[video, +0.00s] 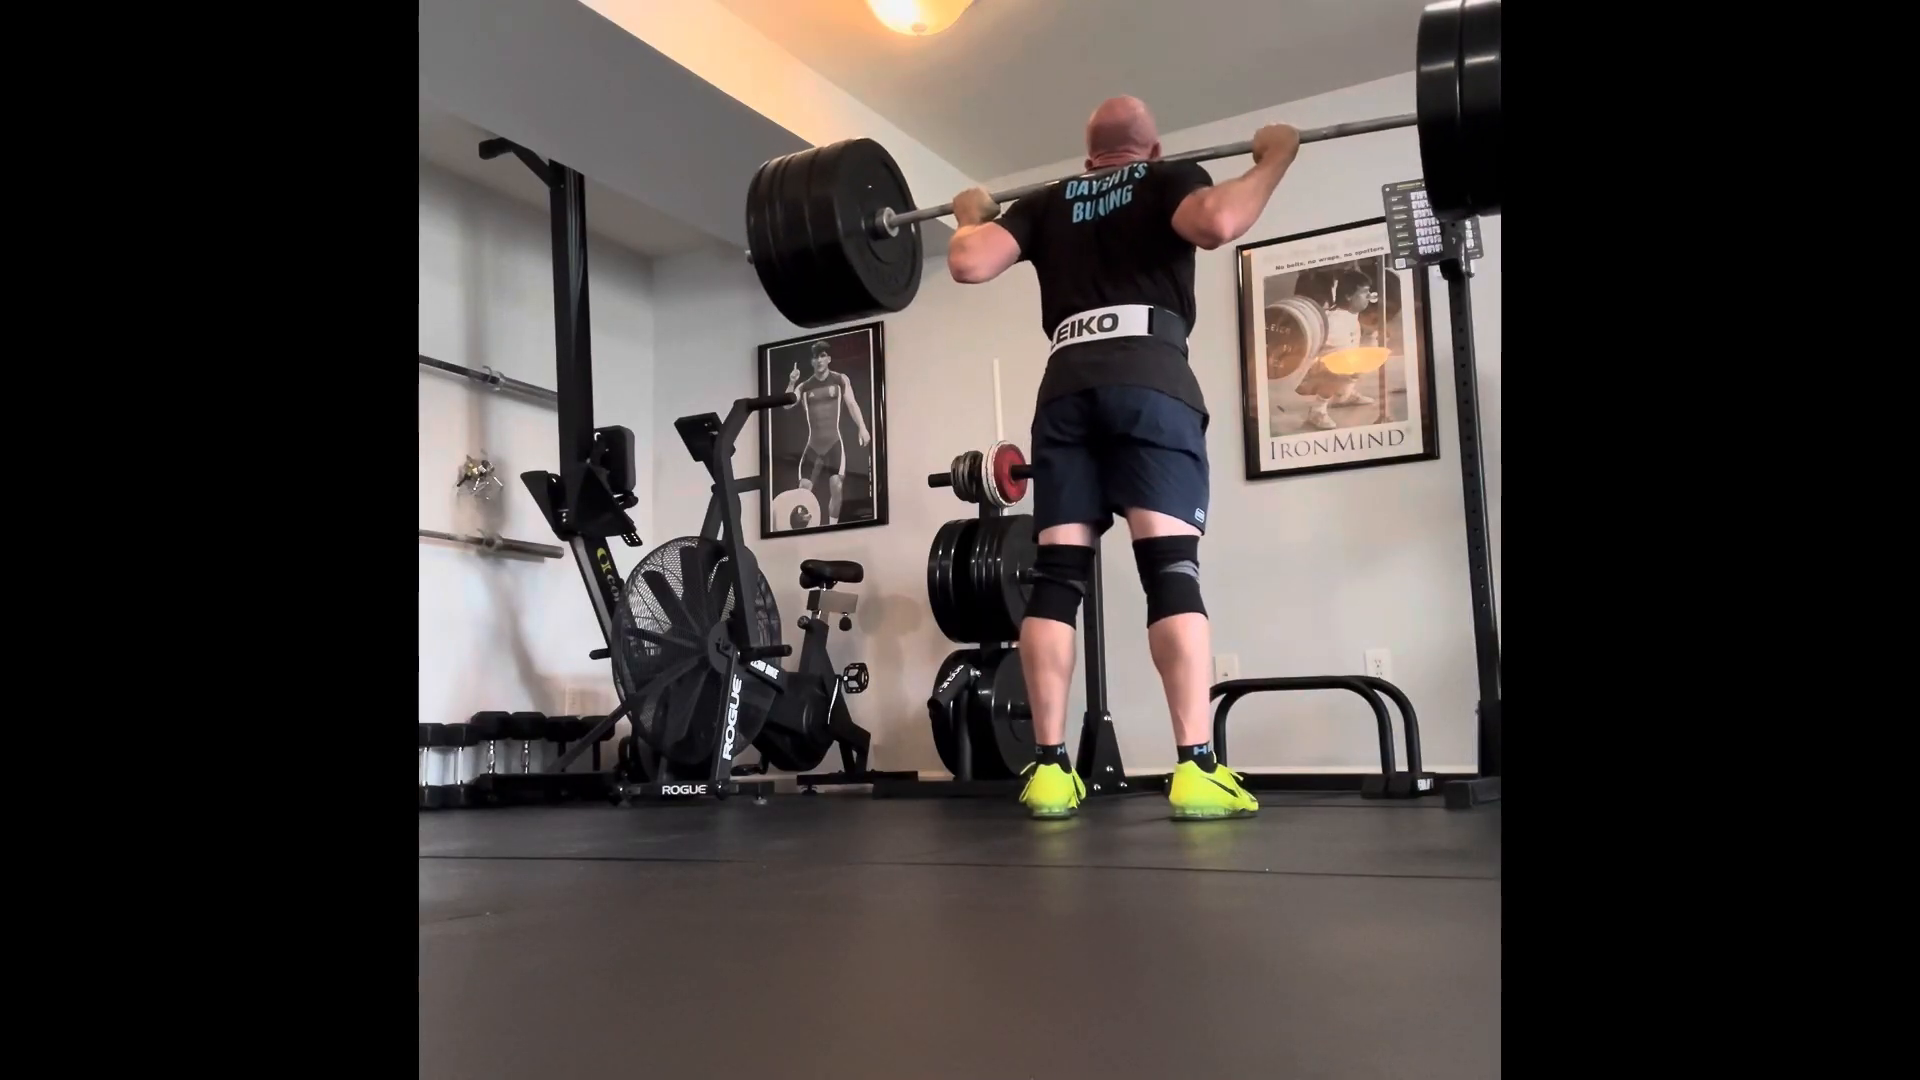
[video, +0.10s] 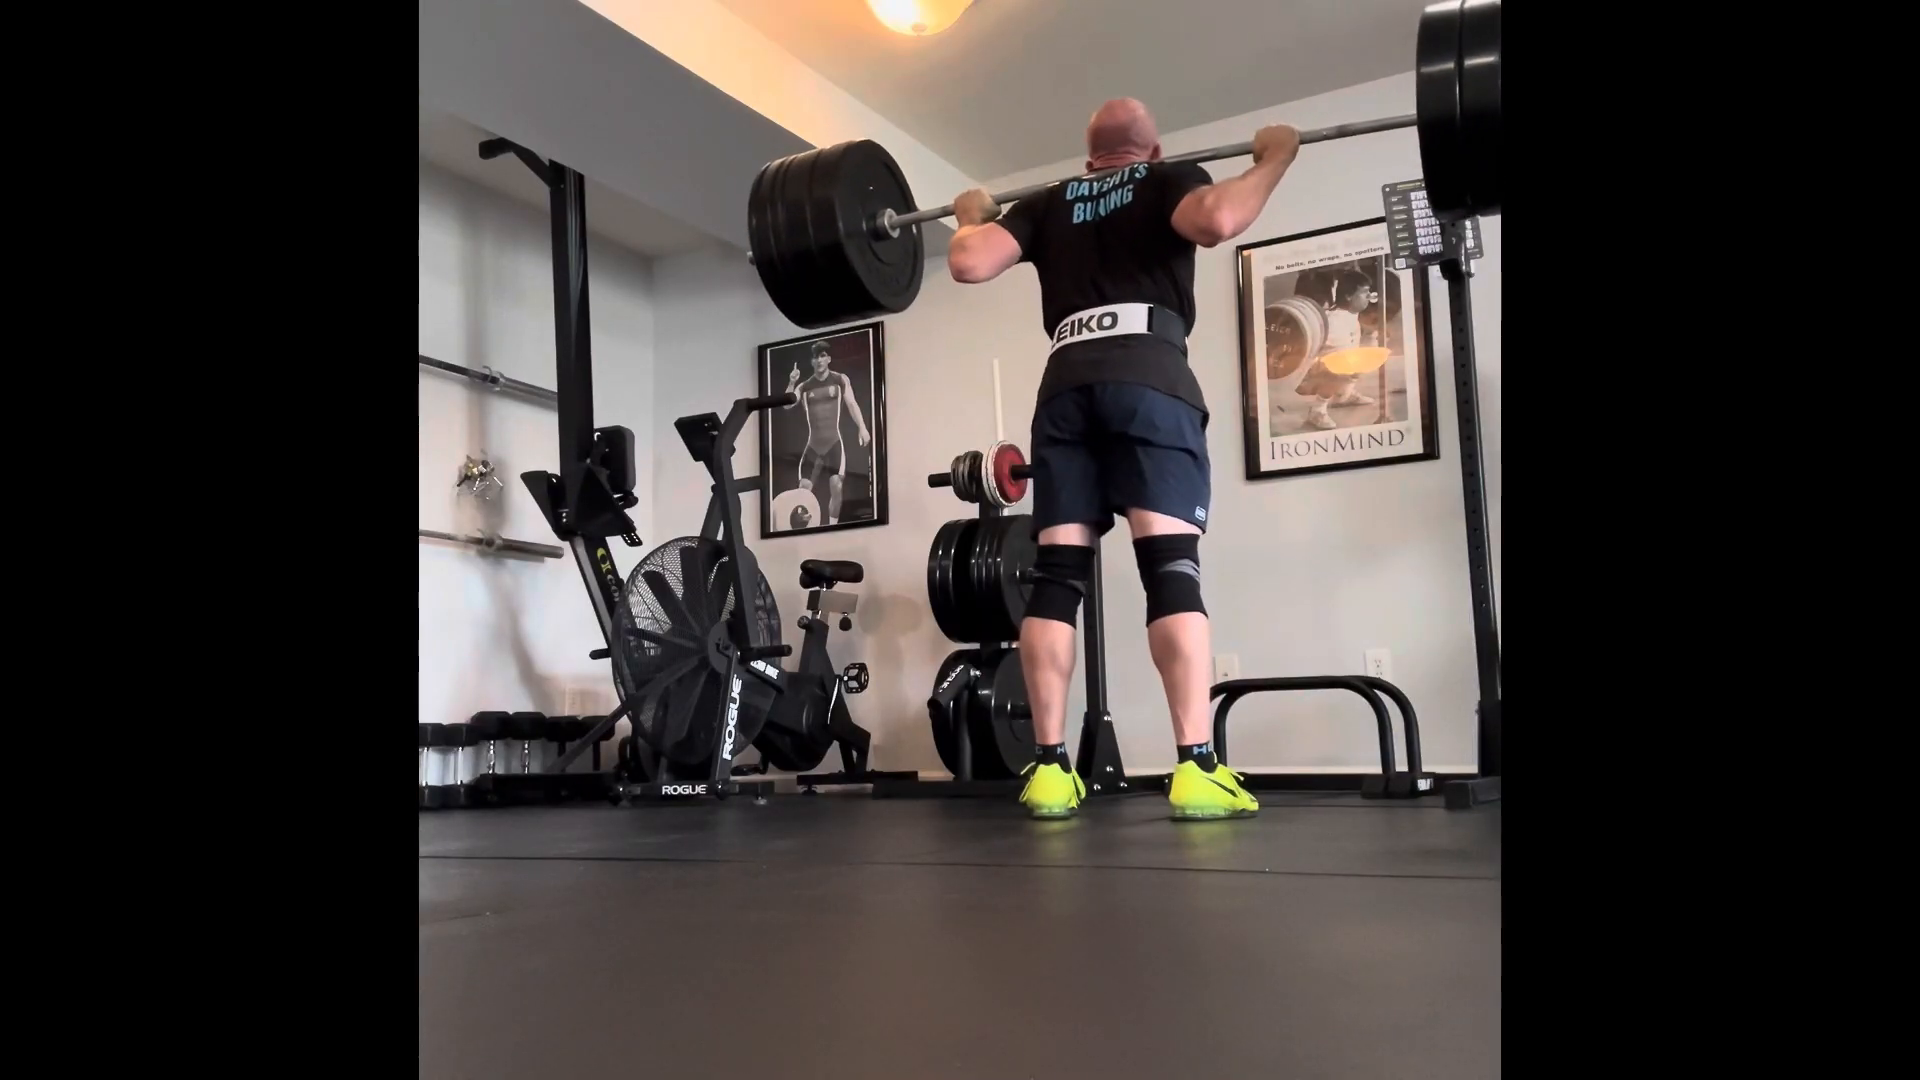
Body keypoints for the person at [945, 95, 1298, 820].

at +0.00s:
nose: (1147, 151)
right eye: (1152, 142)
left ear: (1085, 153)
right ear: (1154, 147)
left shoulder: (1045, 203)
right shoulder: (1167, 179)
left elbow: (969, 262)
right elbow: (1218, 220)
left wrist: (969, 215)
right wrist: (1272, 159)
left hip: (1066, 383)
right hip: (1153, 380)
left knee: (1056, 574)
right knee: (1170, 571)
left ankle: (1050, 764)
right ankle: (1197, 763)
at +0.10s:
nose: (1150, 153)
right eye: (1153, 144)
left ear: (1087, 154)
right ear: (1154, 149)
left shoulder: (1046, 204)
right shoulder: (1165, 179)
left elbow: (969, 261)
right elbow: (1219, 217)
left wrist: (970, 216)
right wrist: (1272, 159)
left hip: (1065, 384)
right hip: (1151, 380)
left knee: (1057, 574)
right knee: (1171, 570)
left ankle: (1050, 764)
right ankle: (1197, 763)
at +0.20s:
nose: (1150, 152)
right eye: (1153, 143)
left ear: (1087, 154)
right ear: (1154, 149)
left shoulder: (1046, 204)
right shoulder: (1164, 178)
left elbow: (969, 260)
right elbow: (1218, 216)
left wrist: (971, 215)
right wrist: (1271, 161)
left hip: (1064, 384)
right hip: (1151, 379)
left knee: (1056, 575)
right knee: (1171, 570)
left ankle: (1050, 764)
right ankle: (1196, 763)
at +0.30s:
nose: (1147, 152)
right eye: (1152, 144)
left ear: (1087, 154)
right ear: (1154, 150)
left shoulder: (1046, 205)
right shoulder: (1165, 181)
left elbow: (969, 260)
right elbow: (1218, 218)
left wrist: (971, 214)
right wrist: (1272, 160)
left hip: (1062, 382)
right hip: (1149, 378)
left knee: (1056, 575)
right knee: (1172, 570)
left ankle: (1051, 763)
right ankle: (1196, 761)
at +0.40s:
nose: (1150, 159)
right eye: (1152, 150)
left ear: (1086, 159)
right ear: (1153, 156)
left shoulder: (1045, 209)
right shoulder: (1165, 186)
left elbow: (967, 263)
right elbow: (1217, 223)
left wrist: (971, 217)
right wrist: (1270, 166)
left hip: (1059, 387)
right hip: (1148, 382)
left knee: (1056, 578)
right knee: (1180, 575)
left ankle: (1051, 763)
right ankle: (1197, 761)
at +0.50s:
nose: (1143, 170)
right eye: (1149, 161)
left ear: (1084, 169)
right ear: (1151, 167)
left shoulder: (1043, 220)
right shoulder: (1164, 198)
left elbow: (963, 273)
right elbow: (1214, 235)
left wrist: (972, 227)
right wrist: (1270, 177)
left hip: (1056, 397)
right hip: (1147, 390)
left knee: (1055, 585)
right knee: (1190, 578)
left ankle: (1051, 764)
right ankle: (1198, 763)